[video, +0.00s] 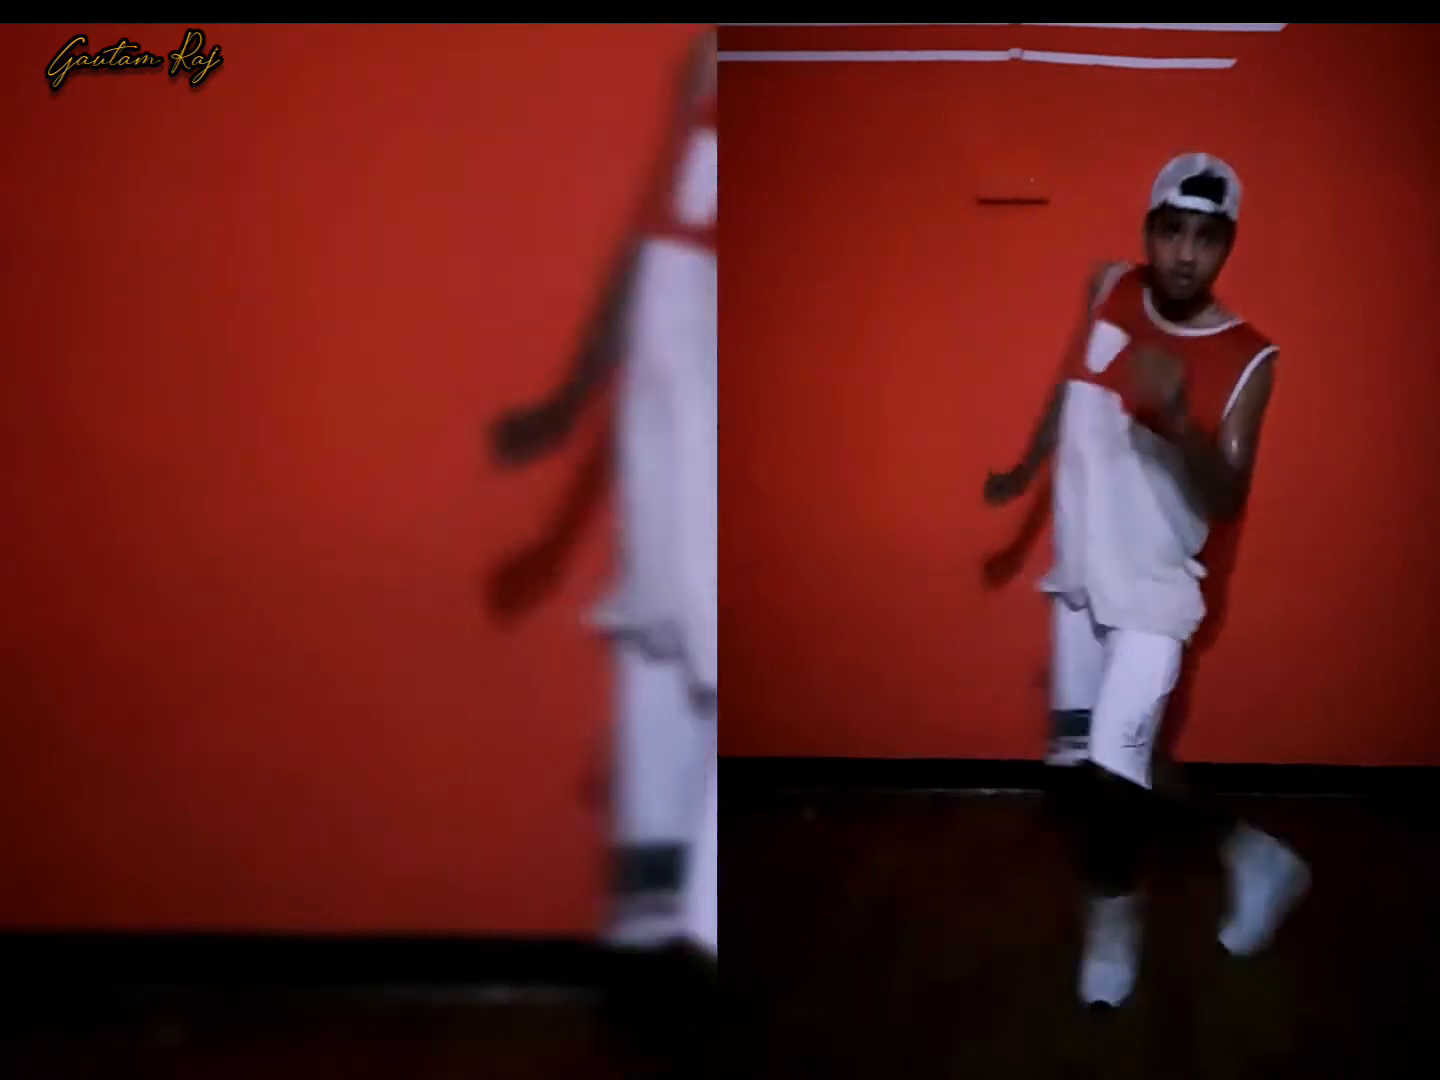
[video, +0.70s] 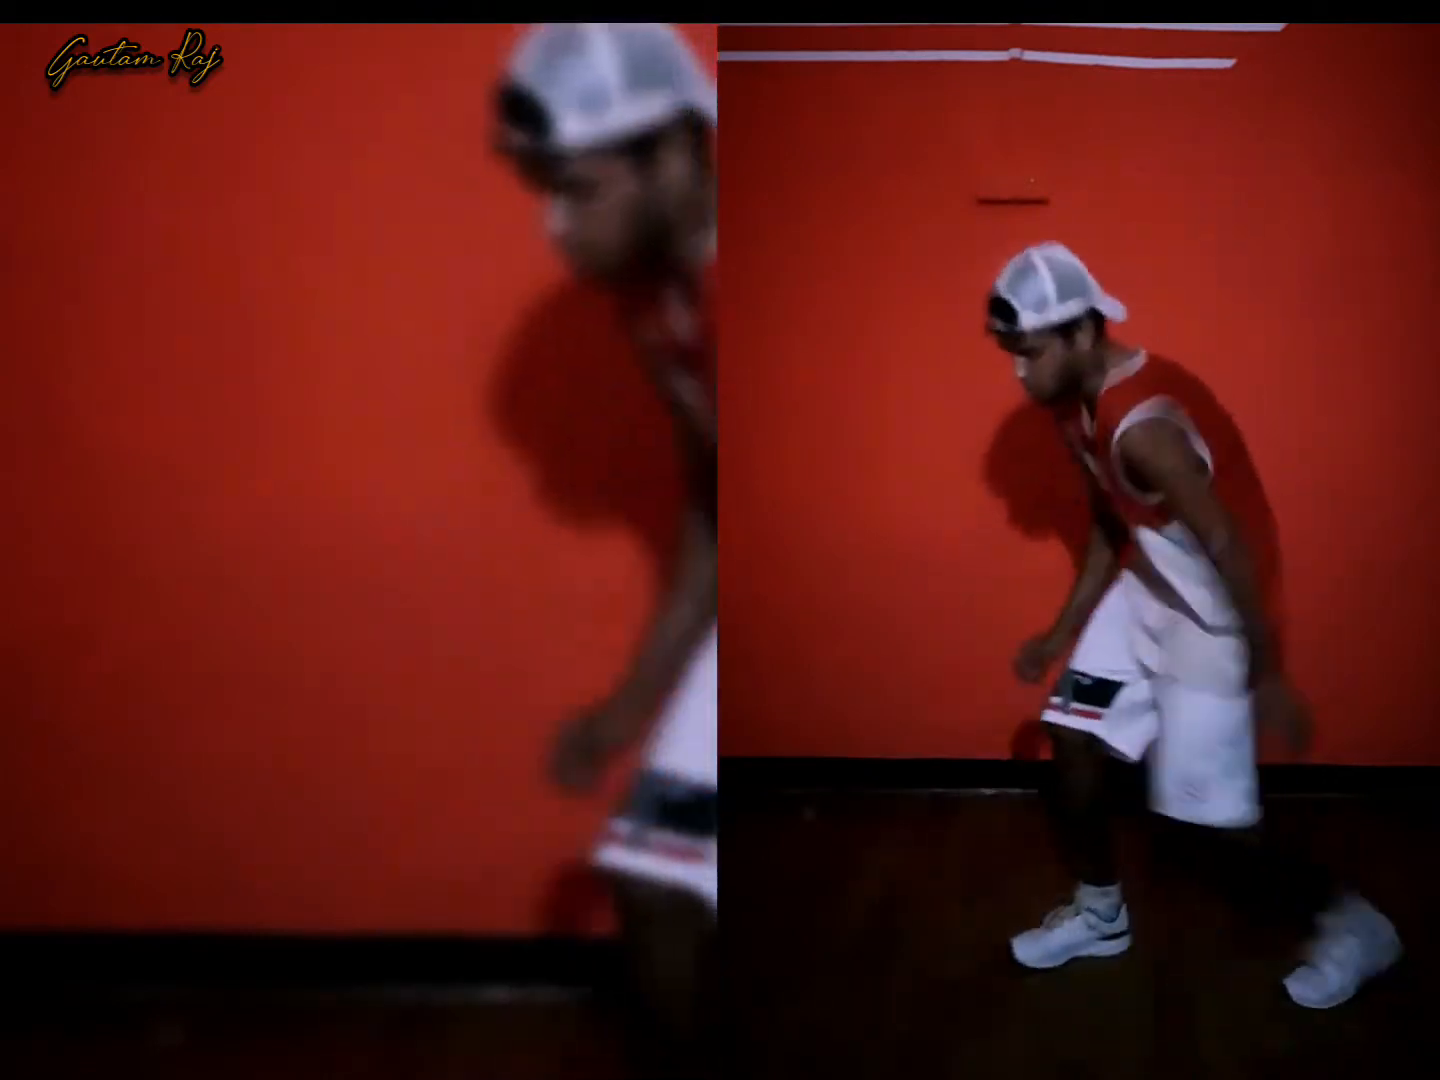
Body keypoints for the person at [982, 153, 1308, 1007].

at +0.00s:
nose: (1185, 253)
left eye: (1204, 238)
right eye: (1171, 232)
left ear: (1228, 249)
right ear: (1148, 236)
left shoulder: (1244, 357)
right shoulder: (1113, 291)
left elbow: (1225, 496)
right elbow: (1070, 385)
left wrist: (1174, 426)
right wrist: (1025, 466)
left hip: (1156, 593)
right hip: (1079, 573)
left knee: (1110, 774)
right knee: (1075, 765)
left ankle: (1109, 941)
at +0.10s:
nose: (1191, 275)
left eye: (1210, 259)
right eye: (1177, 256)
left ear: (1234, 268)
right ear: (1156, 260)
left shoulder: (1259, 377)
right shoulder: (1141, 328)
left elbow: (1224, 502)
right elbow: (1130, 426)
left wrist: (1195, 380)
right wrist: (1054, 472)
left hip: (1171, 614)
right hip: (1121, 599)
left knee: (1113, 800)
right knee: (1172, 773)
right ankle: (1283, 888)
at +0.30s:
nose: (1121, 277)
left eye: (1136, 257)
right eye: (1109, 259)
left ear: (1181, 251)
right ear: (1102, 261)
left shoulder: (1240, 331)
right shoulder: (1130, 341)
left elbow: (1259, 451)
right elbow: (1157, 443)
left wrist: (1143, 399)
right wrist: (1096, 441)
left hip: (1231, 614)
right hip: (1162, 603)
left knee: (1218, 801)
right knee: (1126, 760)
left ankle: (1349, 920)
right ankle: (1260, 882)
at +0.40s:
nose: (1082, 315)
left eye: (1097, 295)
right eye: (1074, 298)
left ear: (1147, 289)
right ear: (1077, 293)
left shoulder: (1199, 352)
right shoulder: (1123, 368)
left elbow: (1244, 449)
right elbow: (1144, 442)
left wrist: (1109, 488)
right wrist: (1076, 466)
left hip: (1262, 592)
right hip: (1189, 579)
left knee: (1246, 797)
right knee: (1106, 699)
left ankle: (1366, 932)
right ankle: (1179, 870)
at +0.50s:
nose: (1067, 352)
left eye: (1080, 333)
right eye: (1060, 335)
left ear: (1131, 326)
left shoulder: (1160, 401)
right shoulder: (1152, 379)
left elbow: (1217, 493)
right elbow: (1127, 450)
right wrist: (1077, 495)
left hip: (1271, 606)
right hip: (1204, 586)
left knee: (1245, 807)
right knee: (1110, 705)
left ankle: (1370, 936)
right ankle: (1111, 895)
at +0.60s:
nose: (1042, 390)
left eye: (1054, 372)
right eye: (1037, 373)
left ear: (1109, 359)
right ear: (1109, 359)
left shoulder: (1137, 453)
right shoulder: (1145, 403)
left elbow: (1203, 579)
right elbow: (1127, 507)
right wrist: (1081, 583)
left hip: (1261, 623)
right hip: (1191, 594)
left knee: (1238, 820)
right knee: (1098, 722)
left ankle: (1369, 939)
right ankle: (1102, 907)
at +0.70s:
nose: (1020, 370)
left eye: (1030, 352)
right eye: (1014, 354)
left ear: (1085, 338)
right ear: (1076, 338)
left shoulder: (1143, 431)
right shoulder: (1080, 404)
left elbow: (1230, 548)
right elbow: (1112, 529)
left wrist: (1268, 676)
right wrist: (1062, 632)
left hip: (1210, 622)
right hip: (1137, 598)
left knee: (1198, 814)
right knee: (1074, 738)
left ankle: (1350, 926)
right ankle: (1099, 911)